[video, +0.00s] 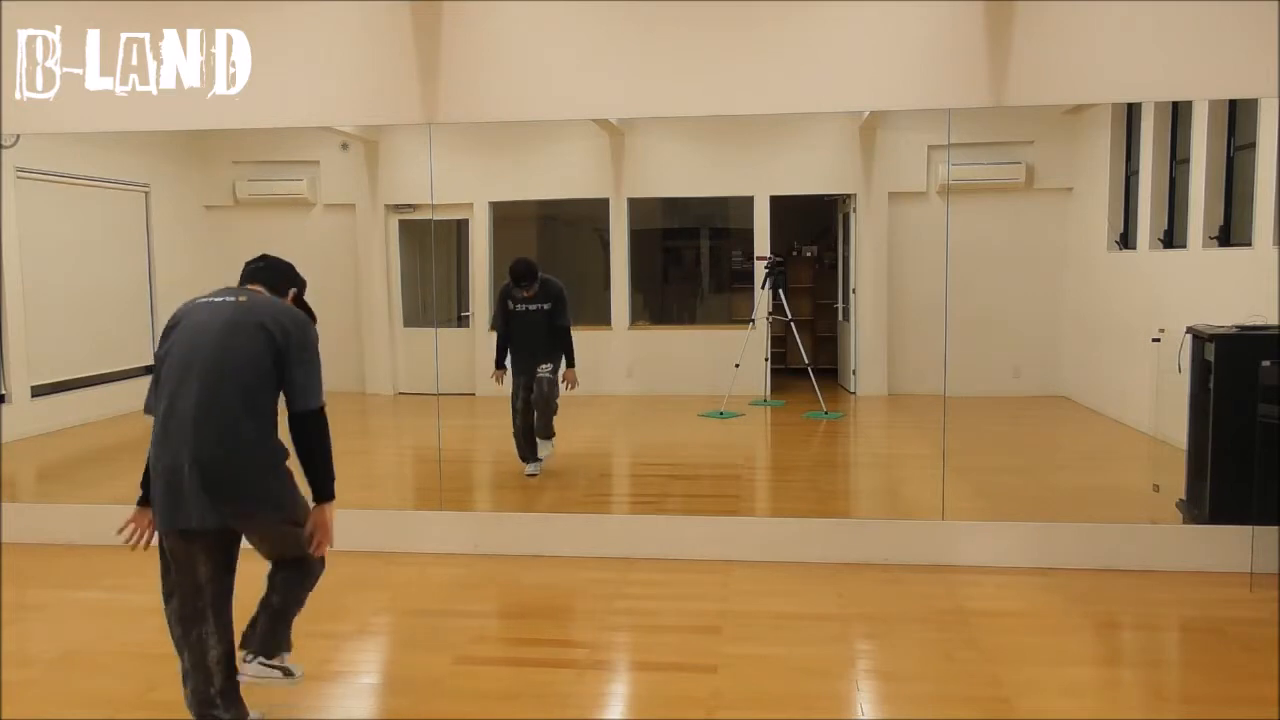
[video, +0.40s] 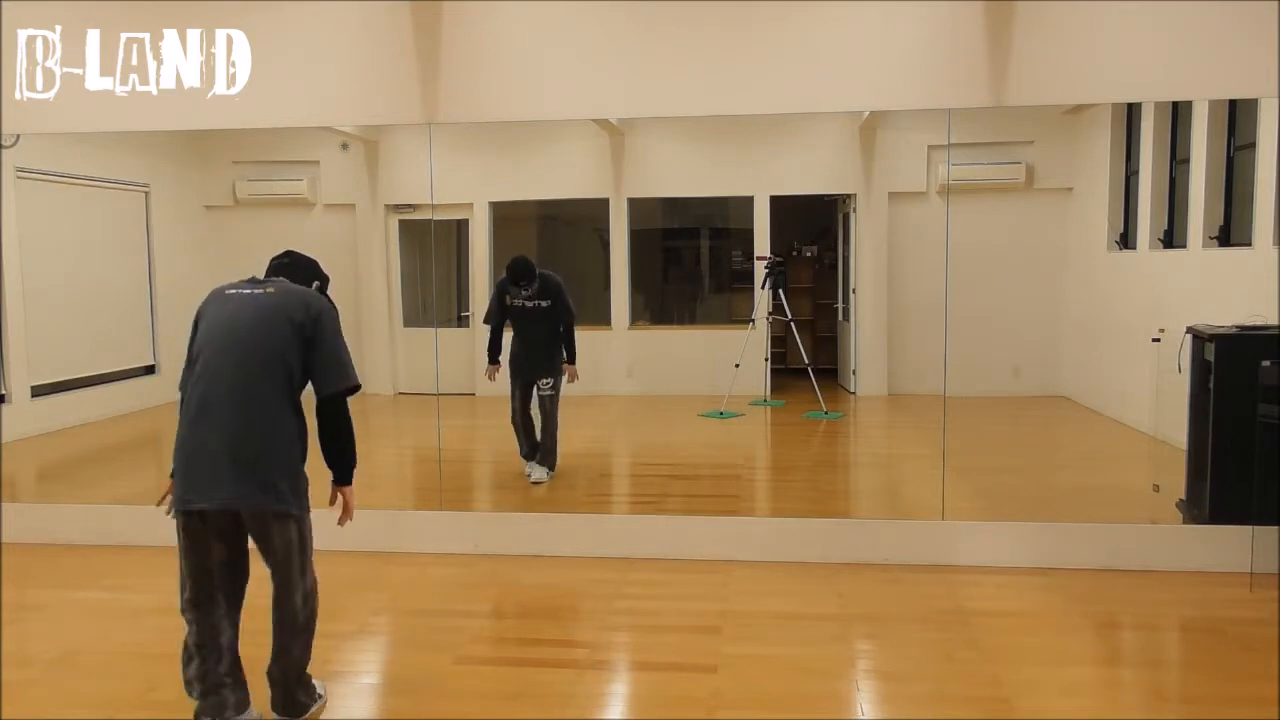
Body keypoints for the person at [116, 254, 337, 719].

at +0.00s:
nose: (295, 311)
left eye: (297, 308)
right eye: (298, 306)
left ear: (243, 285)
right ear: (290, 297)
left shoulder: (185, 314)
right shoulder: (290, 321)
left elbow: (165, 416)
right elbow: (306, 416)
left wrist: (148, 498)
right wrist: (323, 500)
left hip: (178, 479)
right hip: (248, 471)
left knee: (199, 614)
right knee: (299, 554)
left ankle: (217, 711)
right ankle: (264, 649)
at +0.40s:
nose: (320, 302)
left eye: (321, 297)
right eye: (321, 297)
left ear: (271, 277)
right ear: (312, 287)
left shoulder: (215, 301)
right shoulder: (313, 305)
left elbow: (192, 392)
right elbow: (332, 398)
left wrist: (181, 468)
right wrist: (342, 474)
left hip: (198, 471)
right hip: (269, 470)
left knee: (208, 596)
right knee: (295, 584)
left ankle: (218, 706)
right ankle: (291, 695)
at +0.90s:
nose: (337, 304)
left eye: (338, 299)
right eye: (339, 299)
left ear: (289, 279)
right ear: (331, 289)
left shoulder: (231, 302)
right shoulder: (331, 308)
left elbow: (204, 387)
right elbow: (343, 396)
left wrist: (211, 452)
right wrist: (348, 469)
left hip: (212, 462)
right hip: (282, 462)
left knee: (218, 577)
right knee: (294, 578)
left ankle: (216, 688)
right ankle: (293, 692)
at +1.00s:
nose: (335, 318)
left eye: (337, 312)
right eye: (338, 311)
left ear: (289, 293)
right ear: (330, 300)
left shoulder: (239, 323)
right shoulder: (329, 331)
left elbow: (210, 414)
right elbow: (347, 416)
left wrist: (208, 495)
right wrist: (352, 497)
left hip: (228, 466)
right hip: (291, 468)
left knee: (256, 552)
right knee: (307, 587)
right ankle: (297, 692)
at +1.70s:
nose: (338, 297)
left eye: (339, 293)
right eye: (339, 291)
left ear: (286, 275)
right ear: (328, 283)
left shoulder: (237, 301)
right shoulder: (334, 308)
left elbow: (225, 388)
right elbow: (352, 396)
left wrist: (226, 461)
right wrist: (364, 464)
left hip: (238, 452)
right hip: (295, 453)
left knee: (270, 548)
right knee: (308, 571)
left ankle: (269, 625)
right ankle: (283, 687)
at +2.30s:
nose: (343, 288)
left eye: (341, 283)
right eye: (343, 282)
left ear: (289, 275)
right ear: (334, 279)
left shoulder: (244, 305)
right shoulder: (341, 310)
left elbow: (203, 379)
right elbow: (359, 377)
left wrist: (245, 381)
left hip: (246, 470)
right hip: (311, 468)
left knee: (248, 577)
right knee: (346, 557)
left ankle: (248, 676)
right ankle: (308, 625)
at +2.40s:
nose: (348, 268)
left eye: (346, 263)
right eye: (348, 262)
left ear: (293, 257)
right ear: (342, 261)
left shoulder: (250, 296)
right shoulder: (350, 292)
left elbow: (179, 346)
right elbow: (400, 330)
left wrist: (234, 335)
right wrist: (444, 341)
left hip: (261, 468)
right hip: (329, 467)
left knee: (254, 577)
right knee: (382, 563)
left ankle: (248, 676)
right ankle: (372, 661)